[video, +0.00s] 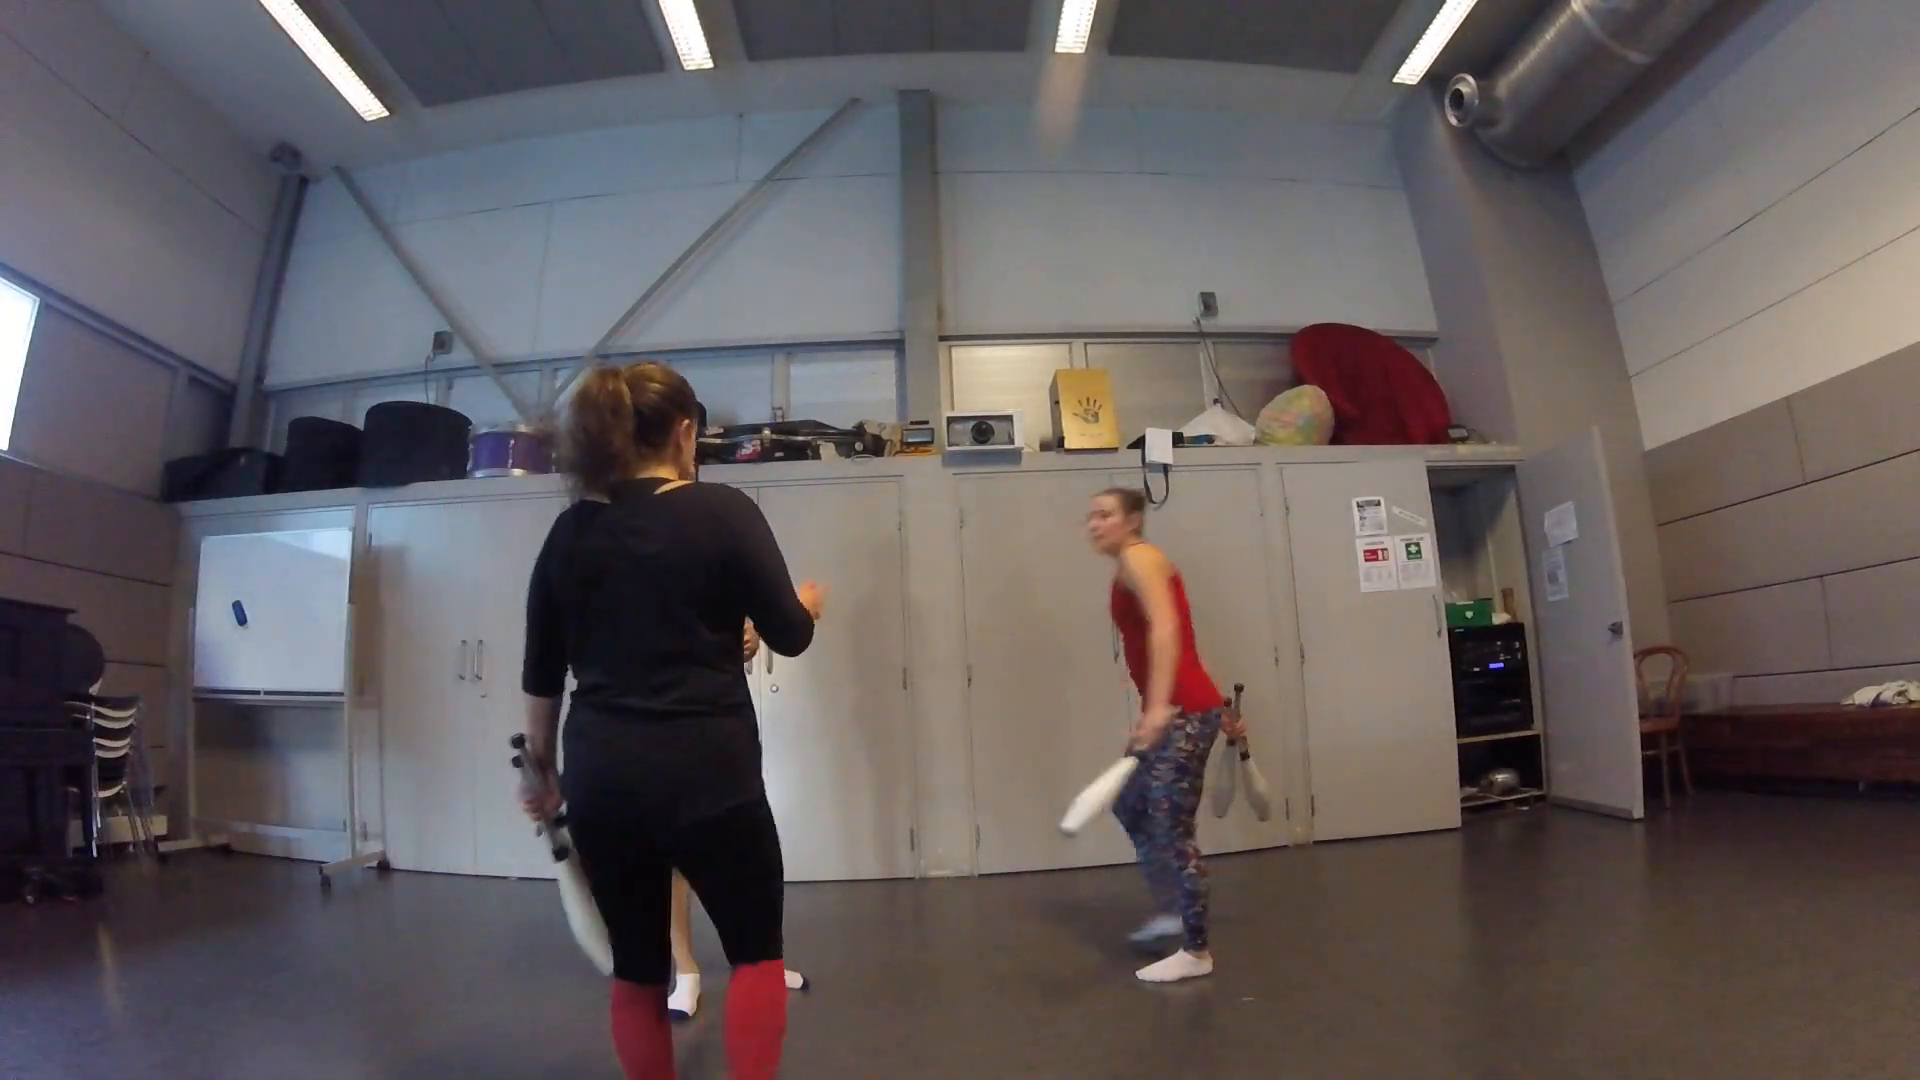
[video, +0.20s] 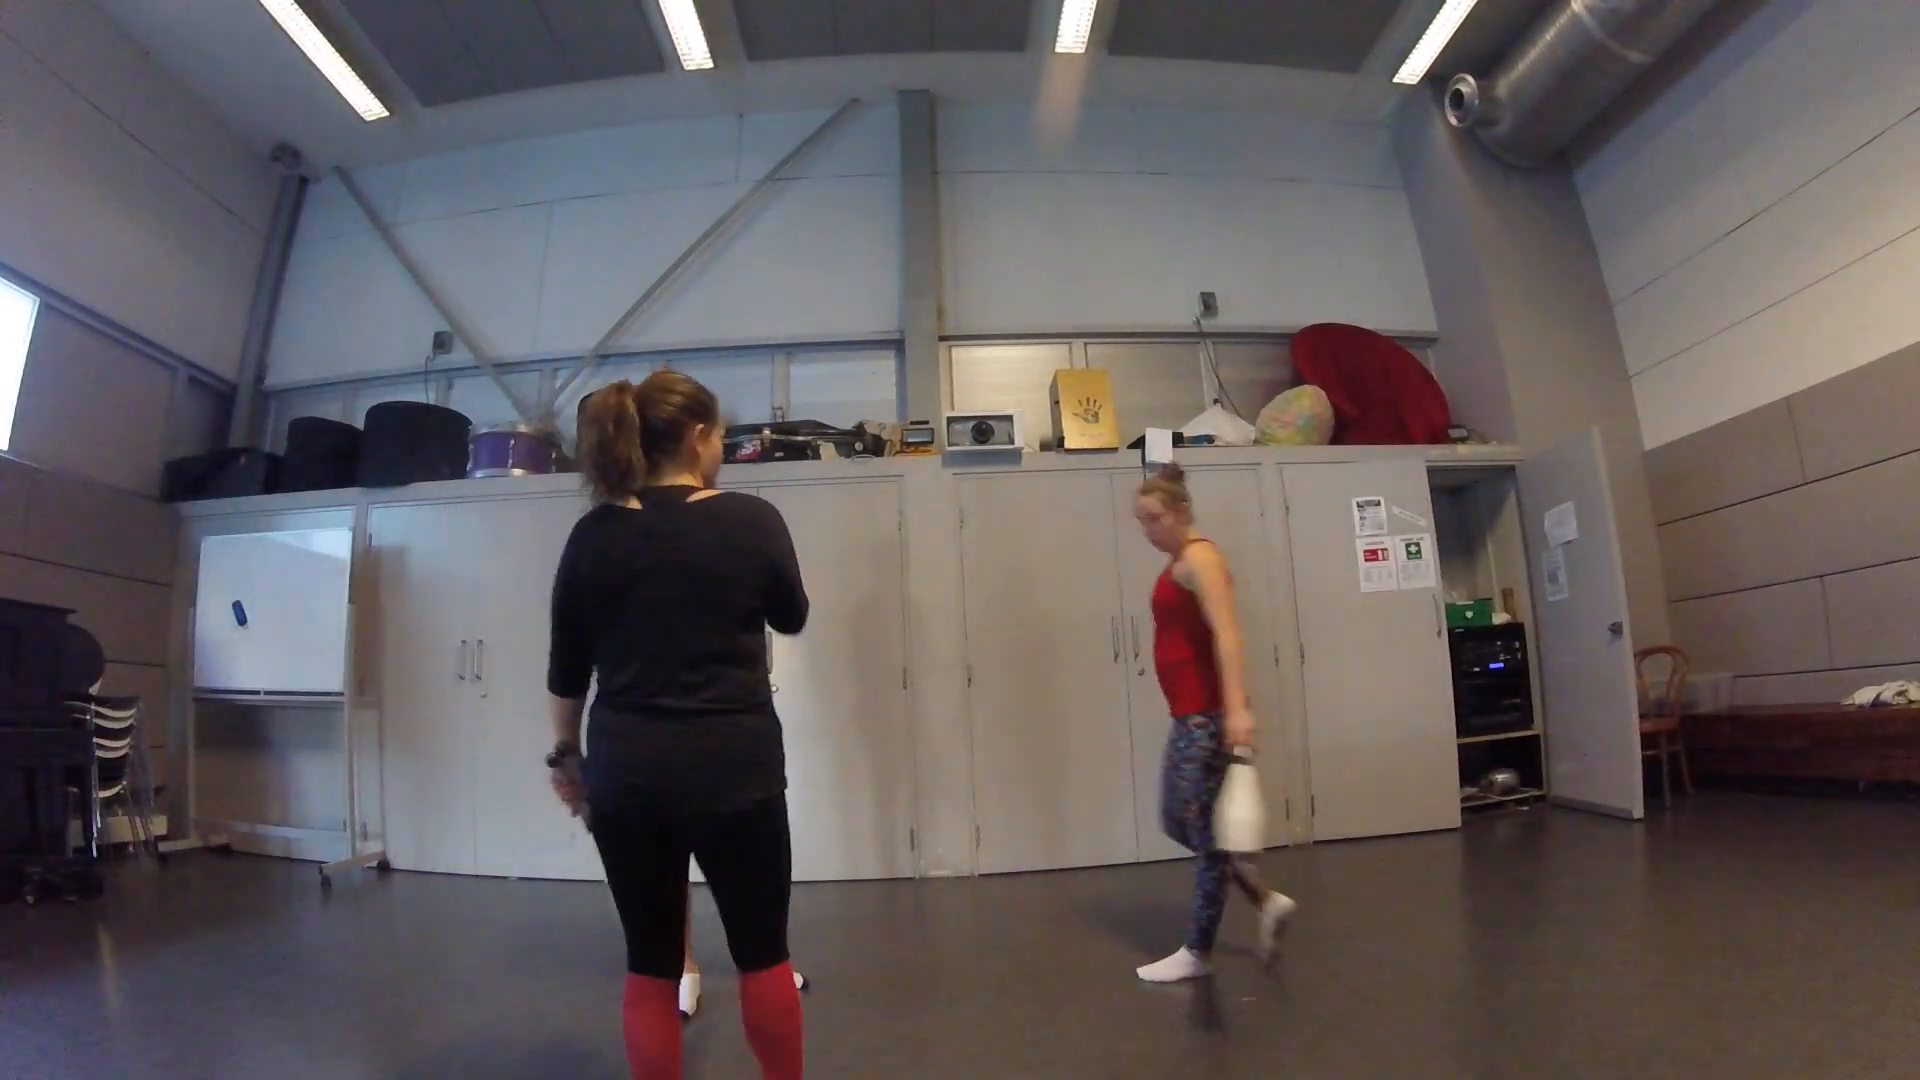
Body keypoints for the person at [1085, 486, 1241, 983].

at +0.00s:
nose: (1092, 524)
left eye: (1103, 516)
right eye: (1091, 517)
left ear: (1131, 521)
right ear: (1113, 525)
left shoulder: (1141, 559)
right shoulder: (1137, 564)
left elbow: (1165, 630)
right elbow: (1180, 642)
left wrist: (1157, 707)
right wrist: (1220, 708)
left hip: (1187, 716)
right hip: (1175, 716)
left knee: (1171, 827)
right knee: (1130, 803)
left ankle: (1197, 949)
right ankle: (1176, 907)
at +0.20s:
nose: (1146, 530)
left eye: (1152, 519)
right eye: (1142, 520)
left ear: (1179, 513)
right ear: (1153, 519)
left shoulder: (1200, 559)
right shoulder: (1180, 561)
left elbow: (1228, 636)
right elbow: (1196, 639)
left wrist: (1235, 709)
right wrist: (1189, 709)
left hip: (1209, 722)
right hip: (1188, 720)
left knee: (1210, 830)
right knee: (1179, 819)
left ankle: (1197, 949)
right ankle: (1265, 899)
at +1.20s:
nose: (1379, 507)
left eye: (1386, 494)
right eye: (1370, 499)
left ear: (1411, 483)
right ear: (1366, 497)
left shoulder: (1455, 524)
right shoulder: (1388, 547)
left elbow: (1498, 596)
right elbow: (1409, 622)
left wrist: (1500, 675)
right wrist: (1404, 689)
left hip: (1466, 701)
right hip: (1408, 704)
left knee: (1482, 829)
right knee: (1393, 823)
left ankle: (1511, 942)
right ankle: (1381, 954)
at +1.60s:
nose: (1384, 499)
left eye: (1391, 486)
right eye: (1377, 489)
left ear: (1421, 477)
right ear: (1379, 489)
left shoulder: (1470, 526)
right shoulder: (1401, 541)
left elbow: (1494, 613)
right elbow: (1417, 627)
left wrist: (1496, 696)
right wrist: (1419, 703)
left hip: (1486, 698)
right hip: (1431, 702)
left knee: (1503, 826)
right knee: (1444, 825)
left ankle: (1513, 943)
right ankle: (1448, 953)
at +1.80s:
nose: (1358, 491)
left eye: (1367, 480)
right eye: (1355, 482)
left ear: (1401, 479)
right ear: (1377, 485)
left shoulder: (1453, 530)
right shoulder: (1381, 548)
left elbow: (1500, 611)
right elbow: (1389, 638)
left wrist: (1534, 692)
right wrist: (1377, 714)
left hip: (1468, 705)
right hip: (1409, 709)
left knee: (1491, 825)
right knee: (1400, 826)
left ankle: (1513, 944)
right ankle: (1382, 945)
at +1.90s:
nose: (1348, 488)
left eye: (1357, 477)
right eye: (1345, 478)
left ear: (1392, 479)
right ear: (1357, 484)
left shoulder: (1433, 533)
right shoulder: (1370, 545)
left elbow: (1484, 615)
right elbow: (1375, 636)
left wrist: (1525, 691)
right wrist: (1361, 708)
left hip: (1445, 711)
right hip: (1388, 715)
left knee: (1472, 831)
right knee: (1397, 836)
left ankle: (1509, 944)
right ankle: (1381, 946)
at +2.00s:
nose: (1337, 480)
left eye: (1348, 470)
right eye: (1336, 471)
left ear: (1384, 476)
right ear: (1351, 480)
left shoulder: (1419, 531)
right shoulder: (1355, 544)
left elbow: (1463, 617)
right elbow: (1361, 636)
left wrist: (1503, 695)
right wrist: (1349, 711)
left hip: (1427, 707)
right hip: (1371, 710)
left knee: (1444, 828)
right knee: (1385, 833)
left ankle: (1502, 938)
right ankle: (1380, 946)